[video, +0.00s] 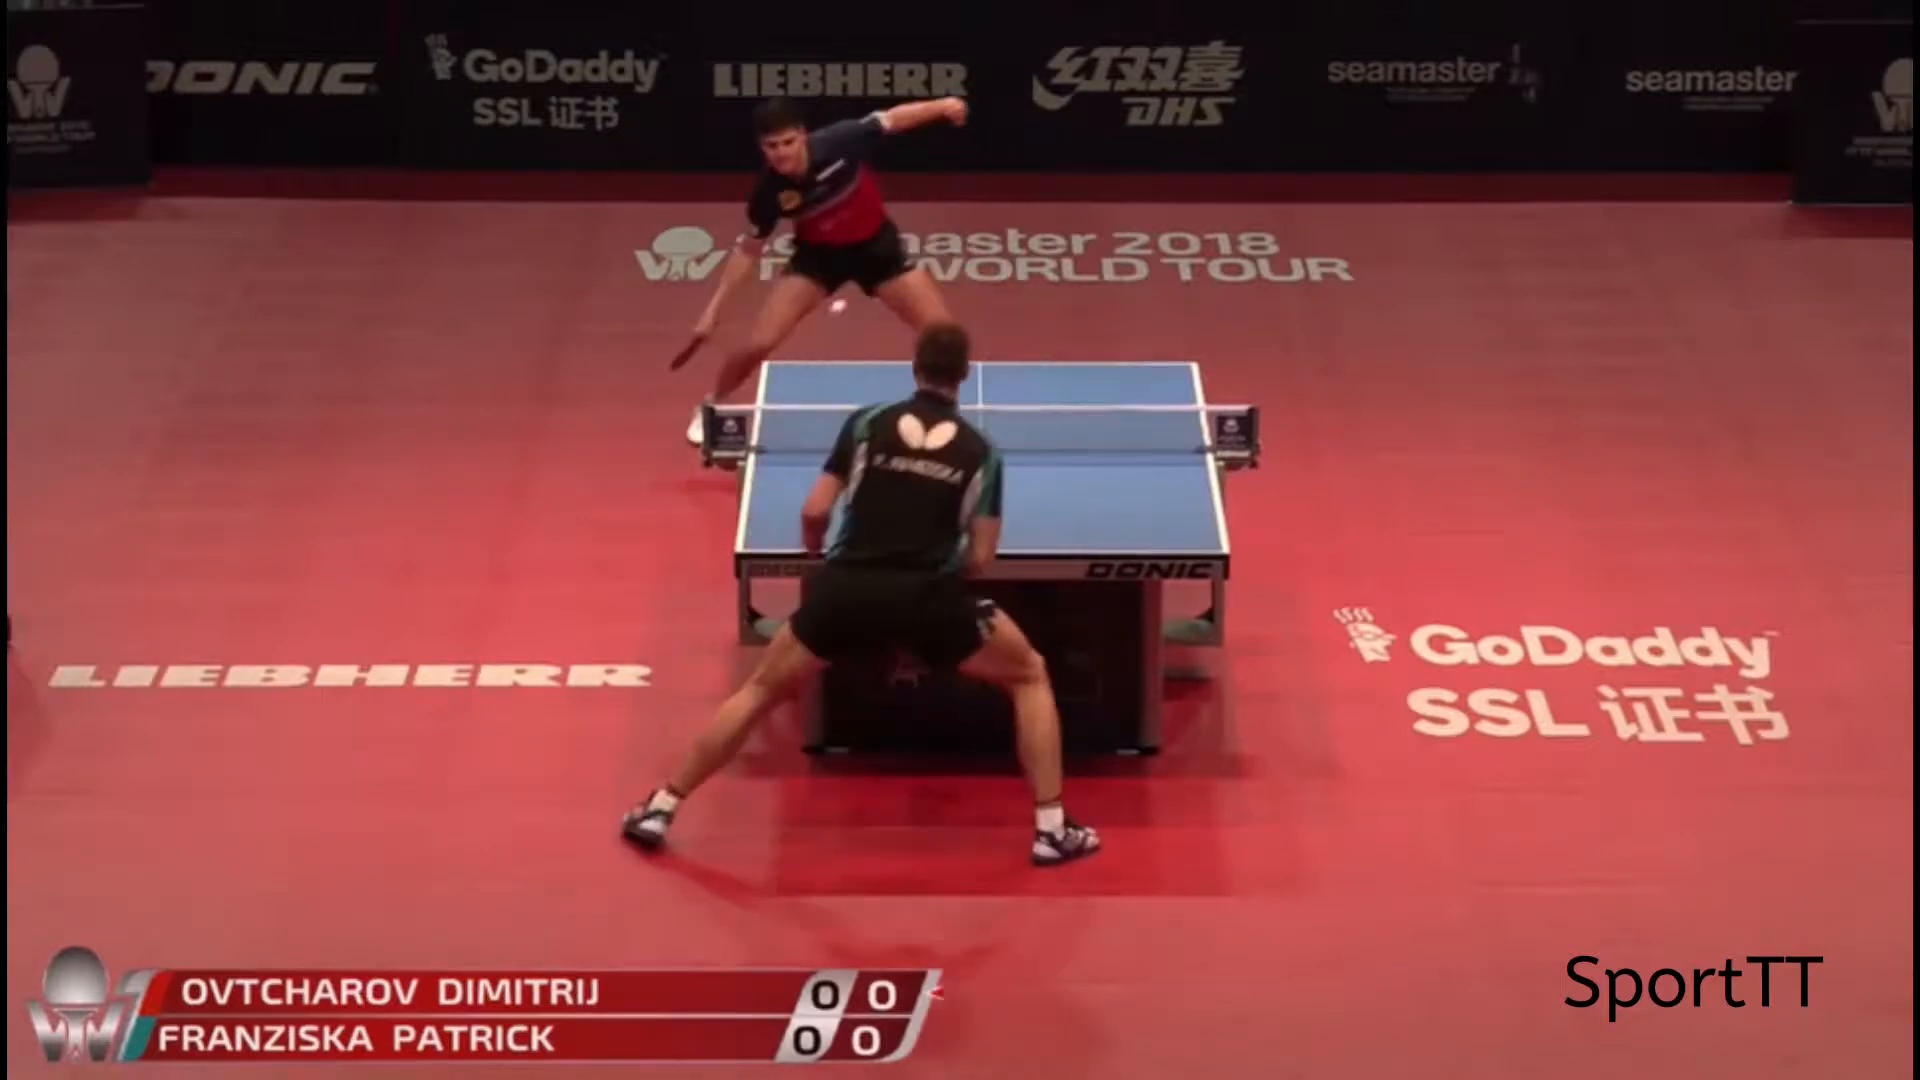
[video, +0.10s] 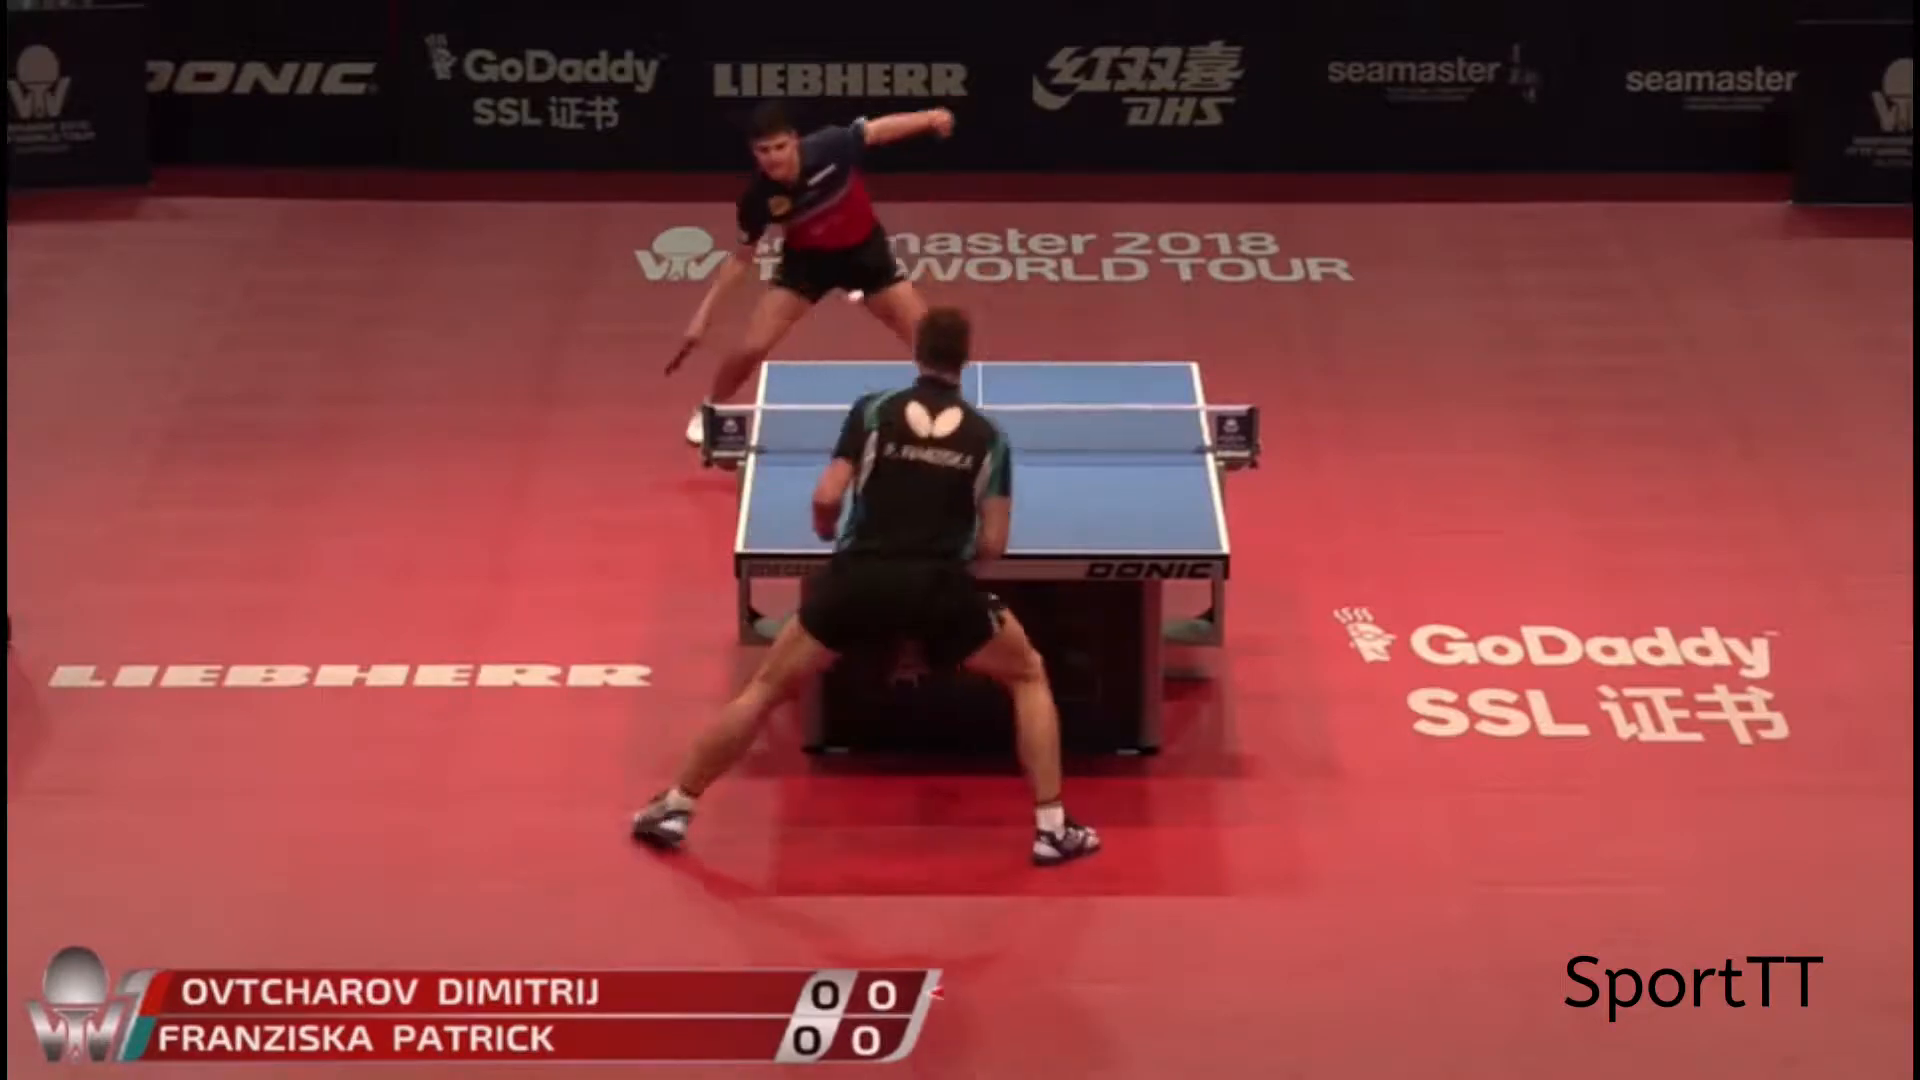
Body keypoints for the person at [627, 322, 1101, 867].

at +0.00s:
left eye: (933, 363)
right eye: (951, 368)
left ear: (915, 368)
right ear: (964, 377)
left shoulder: (866, 423)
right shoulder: (982, 452)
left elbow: (815, 511)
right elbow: (979, 559)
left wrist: (820, 558)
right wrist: (926, 570)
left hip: (845, 590)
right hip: (931, 598)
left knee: (758, 692)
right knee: (1028, 675)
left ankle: (661, 809)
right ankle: (1052, 828)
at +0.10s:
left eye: (929, 344)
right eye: (952, 348)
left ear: (917, 352)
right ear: (966, 361)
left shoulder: (873, 409)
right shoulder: (990, 435)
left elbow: (827, 497)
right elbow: (993, 542)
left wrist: (830, 538)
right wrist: (945, 547)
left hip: (856, 580)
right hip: (940, 588)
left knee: (764, 690)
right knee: (1027, 676)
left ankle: (676, 805)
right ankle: (1052, 825)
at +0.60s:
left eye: (824, 317)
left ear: (813, 328)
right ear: (867, 324)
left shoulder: (787, 401)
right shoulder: (904, 396)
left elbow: (770, 492)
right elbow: (945, 492)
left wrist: (798, 498)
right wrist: (954, 524)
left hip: (816, 583)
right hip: (893, 577)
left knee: (799, 728)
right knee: (955, 716)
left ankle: (812, 868)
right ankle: (1006, 855)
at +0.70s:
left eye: (803, 297)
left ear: (800, 305)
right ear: (855, 301)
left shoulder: (773, 381)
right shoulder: (893, 377)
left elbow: (753, 469)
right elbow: (933, 474)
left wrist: (793, 481)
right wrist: (922, 502)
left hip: (800, 560)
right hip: (877, 555)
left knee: (796, 708)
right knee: (927, 696)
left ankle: (806, 850)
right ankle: (960, 841)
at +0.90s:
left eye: (745, 273)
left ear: (741, 280)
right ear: (795, 274)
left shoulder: (720, 344)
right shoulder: (843, 347)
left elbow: (696, 436)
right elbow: (873, 446)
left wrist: (724, 458)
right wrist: (825, 464)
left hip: (737, 522)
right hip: (813, 523)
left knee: (715, 670)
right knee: (799, 684)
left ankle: (712, 819)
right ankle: (772, 837)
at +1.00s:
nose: (719, 311)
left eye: (715, 301)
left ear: (716, 305)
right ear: (767, 298)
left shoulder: (704, 368)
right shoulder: (822, 373)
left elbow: (679, 459)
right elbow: (845, 472)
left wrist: (710, 476)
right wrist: (792, 480)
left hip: (711, 545)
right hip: (787, 550)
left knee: (667, 686)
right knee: (764, 711)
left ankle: (640, 836)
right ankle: (736, 868)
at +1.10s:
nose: (695, 337)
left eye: (692, 327)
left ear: (696, 327)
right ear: (744, 321)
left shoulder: (687, 387)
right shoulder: (794, 397)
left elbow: (657, 478)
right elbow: (813, 499)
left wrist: (688, 477)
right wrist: (758, 493)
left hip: (682, 570)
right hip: (757, 578)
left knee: (631, 699)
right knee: (749, 730)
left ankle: (587, 825)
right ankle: (733, 880)